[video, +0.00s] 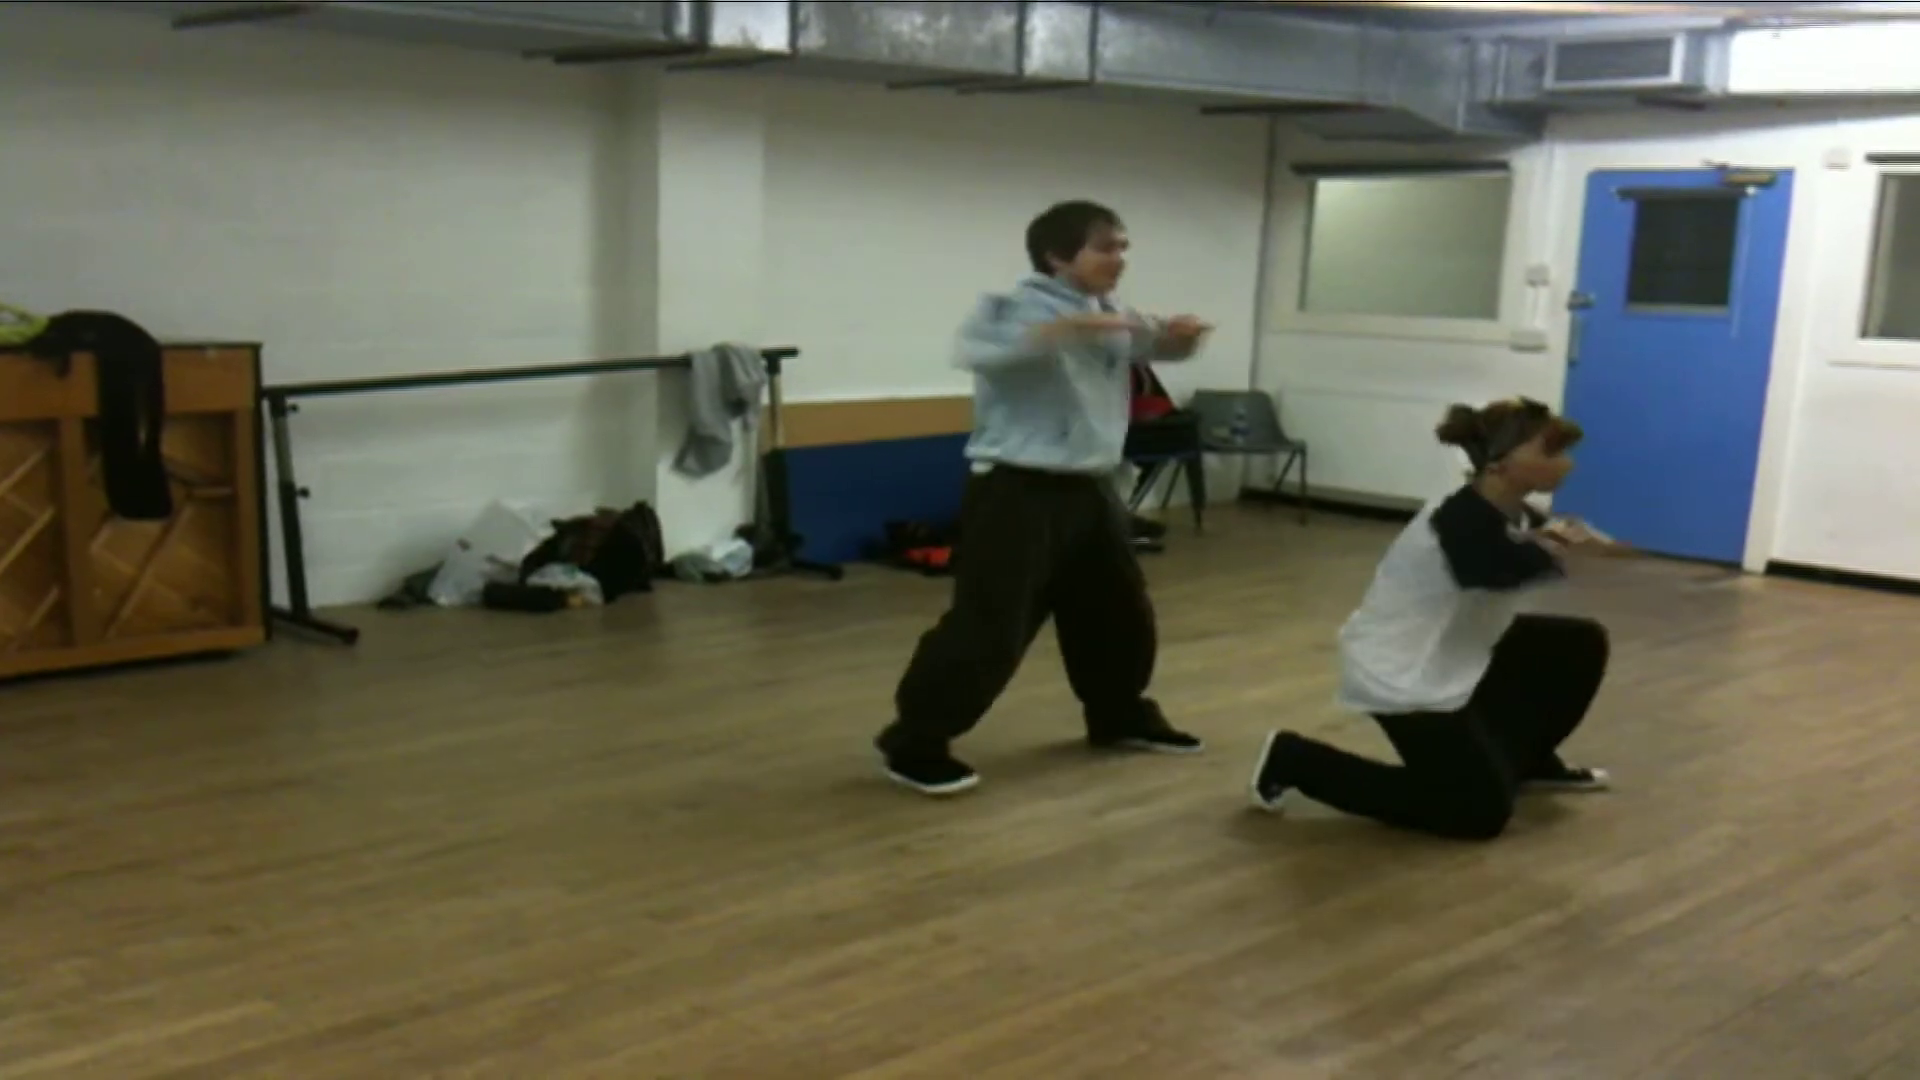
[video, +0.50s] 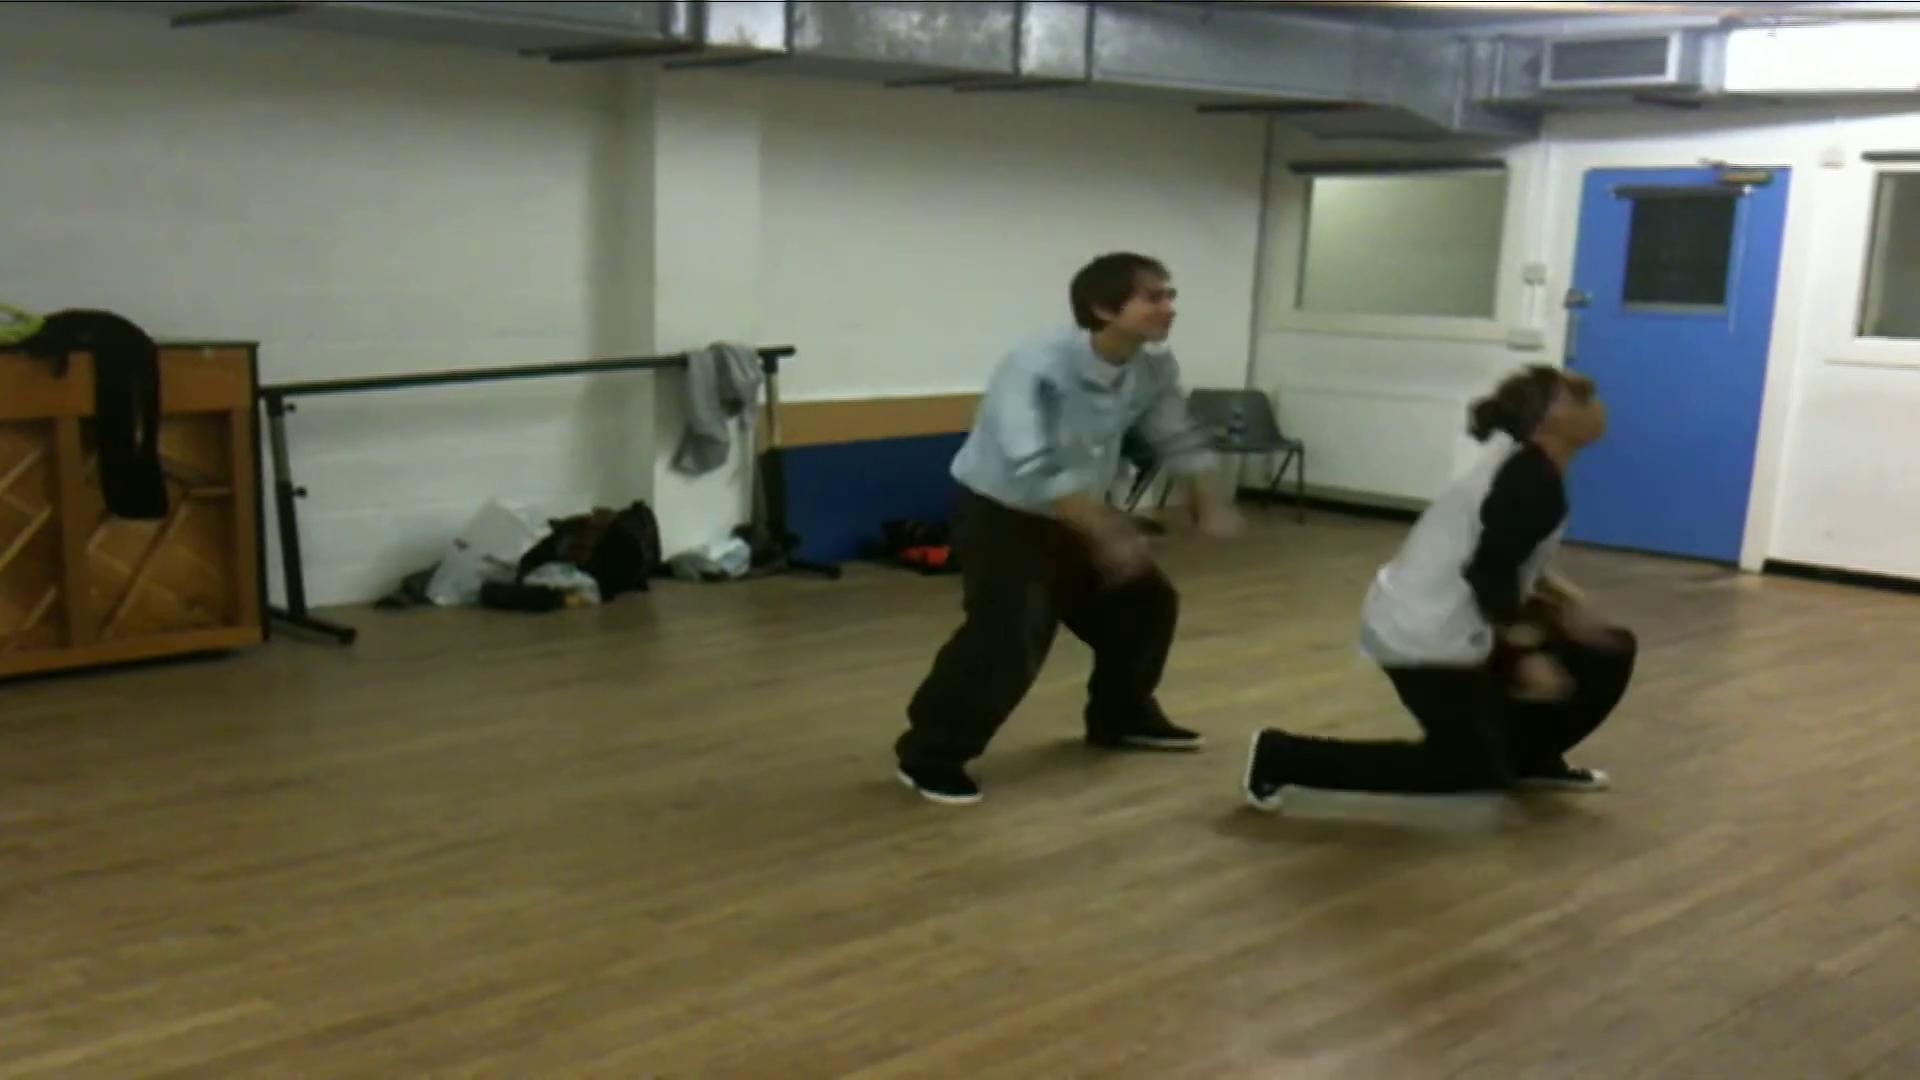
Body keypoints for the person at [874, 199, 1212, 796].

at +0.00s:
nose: (1121, 259)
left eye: (1122, 248)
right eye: (1109, 248)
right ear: (1065, 255)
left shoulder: (1112, 317)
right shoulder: (1014, 307)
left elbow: (1149, 341)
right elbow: (971, 351)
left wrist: (1175, 339)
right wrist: (1064, 331)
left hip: (1086, 491)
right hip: (1014, 492)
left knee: (1114, 614)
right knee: (989, 626)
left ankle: (1119, 718)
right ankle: (914, 743)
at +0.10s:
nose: (1112, 268)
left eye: (1114, 257)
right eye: (1100, 257)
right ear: (1051, 263)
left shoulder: (1096, 313)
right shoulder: (992, 313)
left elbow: (1127, 326)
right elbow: (895, 355)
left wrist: (1149, 327)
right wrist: (999, 330)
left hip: (1096, 495)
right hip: (1023, 500)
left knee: (1129, 611)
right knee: (992, 632)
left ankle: (1122, 718)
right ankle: (930, 753)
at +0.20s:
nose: (1118, 278)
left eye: (1121, 266)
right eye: (1107, 265)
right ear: (1059, 269)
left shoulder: (1100, 323)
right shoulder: (980, 323)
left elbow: (1133, 343)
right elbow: (898, 380)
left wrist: (1139, 360)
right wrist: (997, 385)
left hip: (1095, 499)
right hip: (1020, 505)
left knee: (1129, 609)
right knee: (998, 633)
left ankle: (1121, 719)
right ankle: (931, 753)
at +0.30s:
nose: (1147, 296)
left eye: (1149, 283)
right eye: (1135, 283)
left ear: (1094, 290)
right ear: (1084, 288)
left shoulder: (1121, 348)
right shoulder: (999, 347)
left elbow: (1134, 416)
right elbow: (932, 431)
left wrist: (1134, 469)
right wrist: (997, 502)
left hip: (1092, 516)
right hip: (1020, 517)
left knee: (1131, 612)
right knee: (998, 640)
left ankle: (1123, 720)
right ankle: (930, 754)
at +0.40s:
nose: (1160, 311)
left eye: (1160, 299)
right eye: (1147, 300)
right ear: (1096, 309)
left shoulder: (1134, 374)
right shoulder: (1015, 371)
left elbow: (1133, 453)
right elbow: (969, 473)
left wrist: (1140, 518)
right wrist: (1019, 546)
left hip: (1082, 525)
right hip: (1007, 528)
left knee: (1144, 609)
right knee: (1011, 634)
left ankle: (1124, 719)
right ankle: (930, 753)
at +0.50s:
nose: (1169, 307)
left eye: (1168, 296)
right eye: (1154, 298)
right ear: (1105, 311)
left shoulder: (1153, 369)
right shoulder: (1035, 367)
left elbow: (1180, 443)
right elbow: (1031, 473)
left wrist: (1209, 501)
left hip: (1068, 520)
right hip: (999, 515)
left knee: (1144, 605)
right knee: (1012, 630)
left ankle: (1121, 716)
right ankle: (930, 751)